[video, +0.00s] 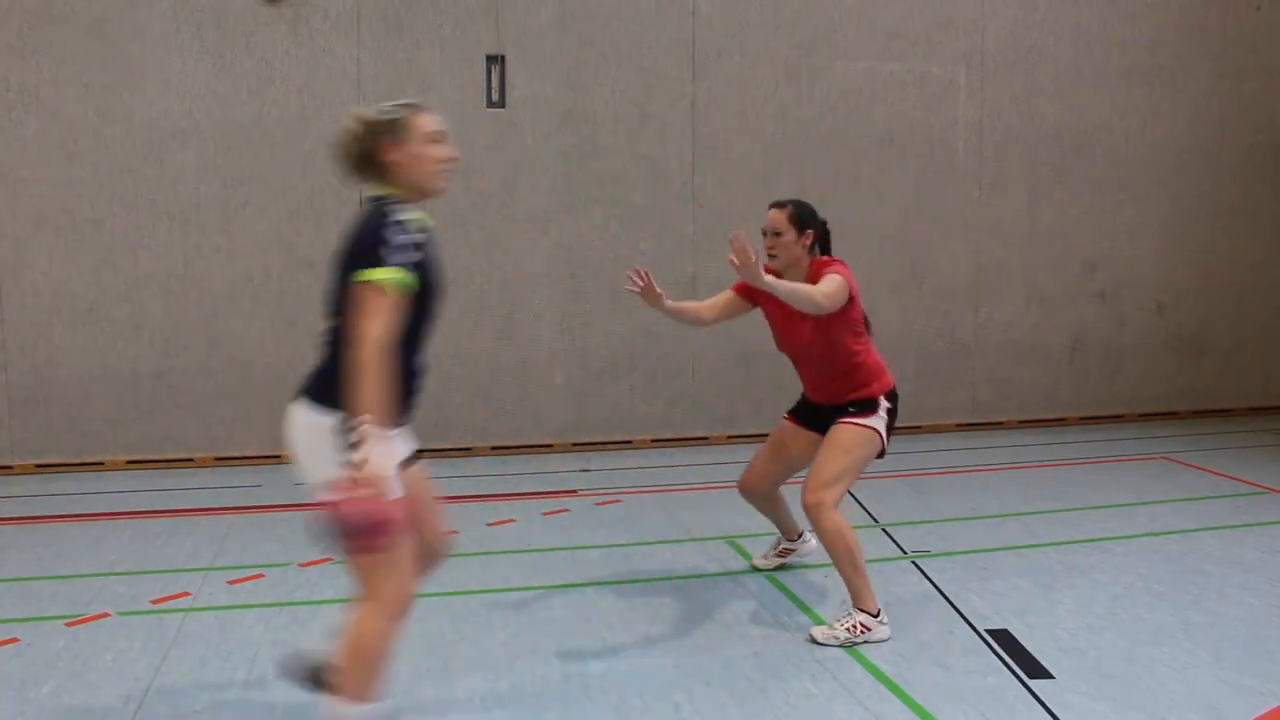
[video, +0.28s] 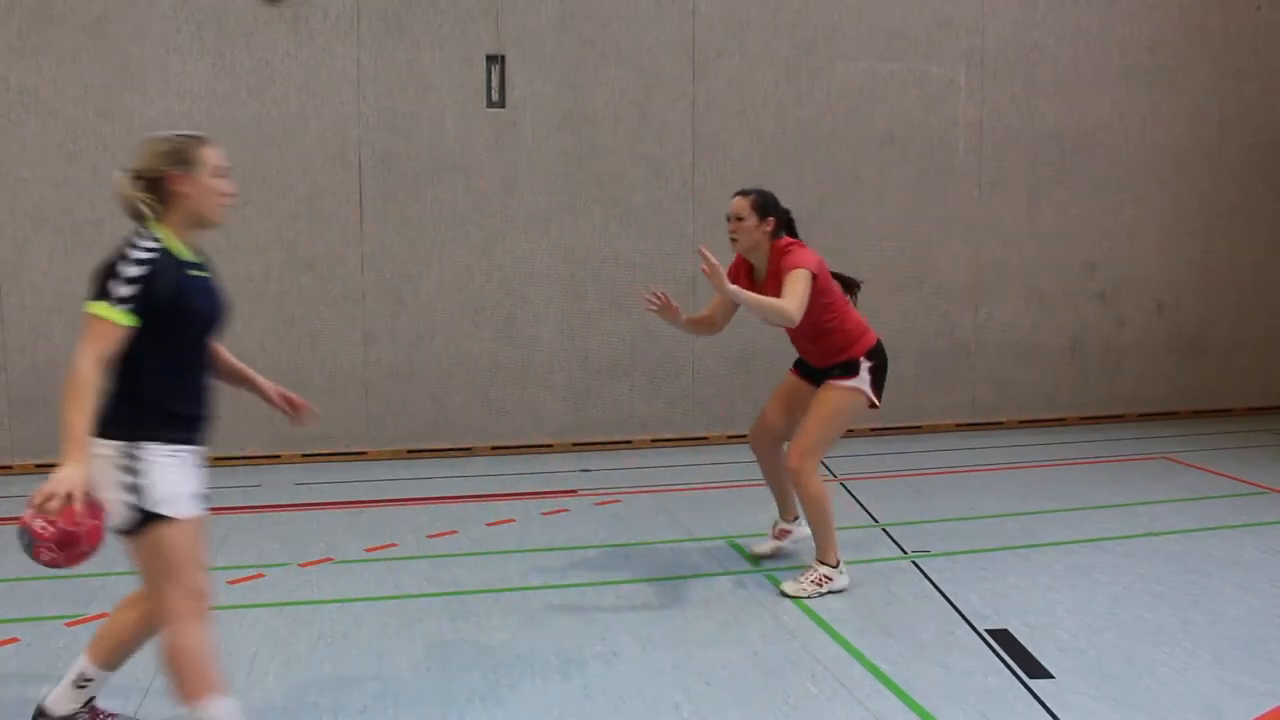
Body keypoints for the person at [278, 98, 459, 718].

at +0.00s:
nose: (449, 152)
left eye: (446, 140)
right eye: (433, 141)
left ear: (408, 157)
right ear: (391, 155)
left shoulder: (406, 224)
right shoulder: (391, 229)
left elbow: (379, 340)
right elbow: (368, 340)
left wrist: (388, 435)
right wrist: (367, 448)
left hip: (375, 422)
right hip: (342, 427)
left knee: (429, 540)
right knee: (391, 583)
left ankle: (340, 663)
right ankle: (348, 700)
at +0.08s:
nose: (384, 174)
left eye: (381, 161)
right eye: (369, 161)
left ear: (335, 175)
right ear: (327, 174)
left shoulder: (339, 250)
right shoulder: (314, 255)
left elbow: (324, 358)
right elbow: (268, 366)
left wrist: (348, 429)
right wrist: (255, 465)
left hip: (332, 455)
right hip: (308, 459)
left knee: (325, 586)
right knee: (345, 614)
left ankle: (221, 643)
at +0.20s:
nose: (290, 194)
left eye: (287, 181)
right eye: (277, 180)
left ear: (241, 190)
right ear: (236, 187)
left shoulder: (240, 267)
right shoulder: (204, 264)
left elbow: (239, 369)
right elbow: (147, 366)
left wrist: (298, 418)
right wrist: (119, 471)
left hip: (229, 459)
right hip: (201, 460)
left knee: (228, 596)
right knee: (274, 598)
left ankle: (99, 674)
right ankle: (270, 712)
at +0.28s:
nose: (230, 188)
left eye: (228, 175)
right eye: (218, 175)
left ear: (186, 185)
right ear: (175, 183)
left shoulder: (189, 260)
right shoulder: (140, 260)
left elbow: (196, 345)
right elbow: (89, 359)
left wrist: (261, 386)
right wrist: (72, 461)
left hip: (175, 449)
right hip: (141, 451)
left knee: (164, 596)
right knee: (185, 597)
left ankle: (65, 703)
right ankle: (214, 712)